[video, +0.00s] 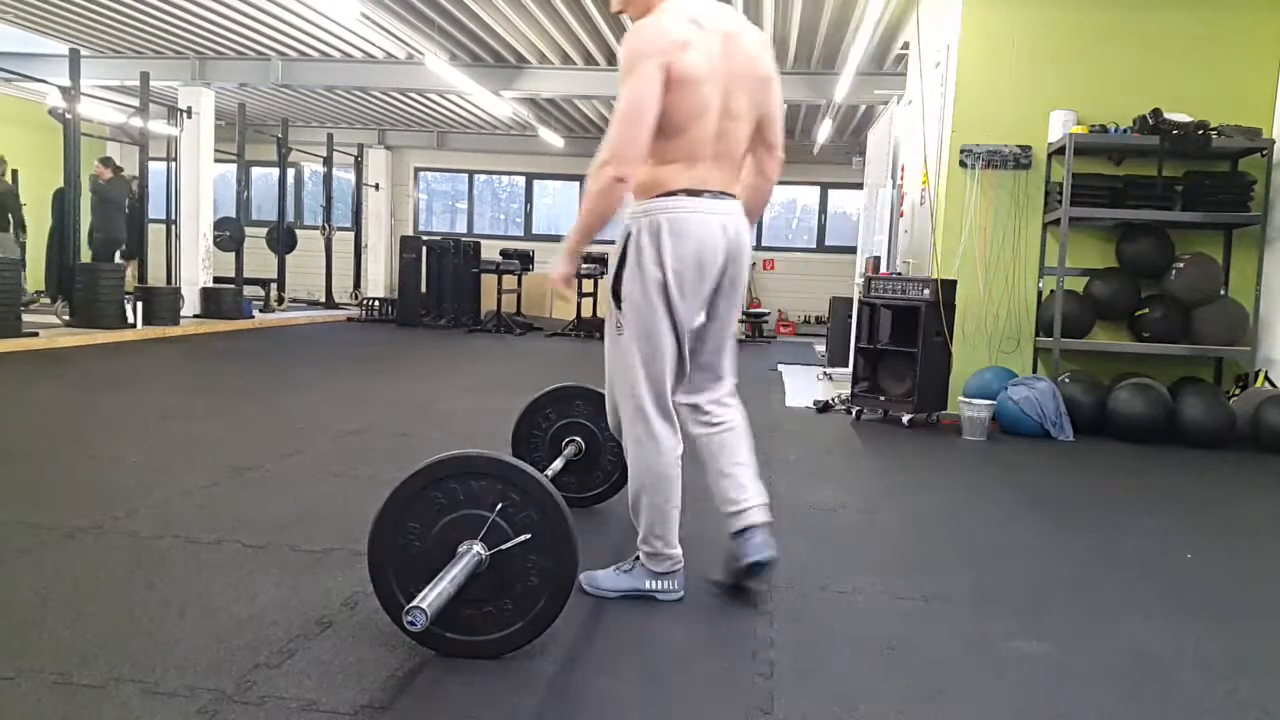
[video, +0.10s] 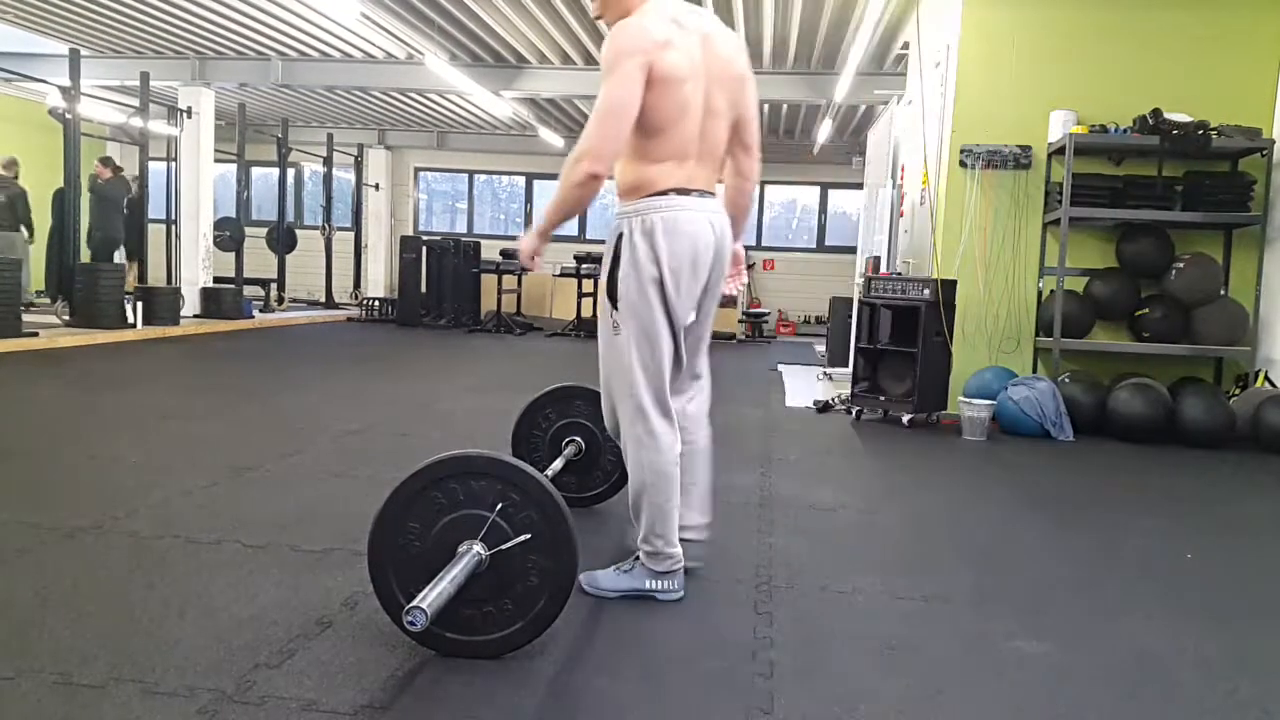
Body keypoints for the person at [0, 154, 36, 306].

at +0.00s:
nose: (5, 170)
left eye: (4, 166)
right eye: (4, 166)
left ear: (3, 168)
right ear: (4, 169)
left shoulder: (7, 188)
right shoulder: (7, 188)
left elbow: (15, 212)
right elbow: (16, 212)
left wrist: (21, 229)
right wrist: (22, 229)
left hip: (6, 232)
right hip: (4, 232)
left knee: (14, 259)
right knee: (14, 259)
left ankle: (22, 292)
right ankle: (21, 292)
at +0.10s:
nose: (18, 172)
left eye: (17, 169)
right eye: (17, 169)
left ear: (2, 168)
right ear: (14, 170)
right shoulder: (16, 190)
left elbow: (24, 214)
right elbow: (24, 215)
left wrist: (30, 231)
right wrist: (31, 231)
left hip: (3, 232)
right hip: (11, 234)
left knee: (5, 269)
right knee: (22, 266)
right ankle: (24, 297)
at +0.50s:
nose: (49, 174)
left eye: (48, 171)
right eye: (48, 171)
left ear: (34, 170)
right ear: (46, 171)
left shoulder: (20, 186)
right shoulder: (49, 189)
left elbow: (13, 211)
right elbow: (53, 212)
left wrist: (15, 230)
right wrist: (52, 228)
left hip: (24, 228)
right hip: (40, 228)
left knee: (34, 262)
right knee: (36, 263)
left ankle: (41, 296)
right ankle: (26, 298)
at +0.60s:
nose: (54, 177)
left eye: (54, 174)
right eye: (54, 174)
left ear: (40, 173)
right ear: (52, 174)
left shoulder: (28, 191)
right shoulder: (53, 191)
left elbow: (20, 213)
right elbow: (58, 213)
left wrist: (18, 234)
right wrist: (59, 230)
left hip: (33, 230)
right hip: (48, 230)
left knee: (47, 263)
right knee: (44, 263)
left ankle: (54, 294)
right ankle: (28, 297)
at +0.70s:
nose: (59, 177)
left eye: (59, 174)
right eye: (59, 174)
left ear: (45, 174)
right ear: (57, 174)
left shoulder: (34, 193)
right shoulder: (60, 192)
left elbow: (29, 216)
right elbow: (67, 213)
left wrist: (26, 237)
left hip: (42, 232)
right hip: (58, 232)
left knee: (53, 260)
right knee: (55, 261)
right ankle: (40, 291)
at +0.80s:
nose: (63, 175)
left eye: (63, 172)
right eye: (63, 172)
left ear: (50, 172)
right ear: (61, 172)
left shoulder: (43, 188)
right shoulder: (66, 188)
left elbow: (36, 212)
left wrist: (34, 234)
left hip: (50, 229)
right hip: (66, 229)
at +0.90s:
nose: (65, 173)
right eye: (66, 169)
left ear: (56, 170)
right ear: (66, 170)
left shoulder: (47, 187)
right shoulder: (73, 186)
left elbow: (41, 210)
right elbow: (77, 209)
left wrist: (43, 230)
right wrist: (79, 227)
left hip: (55, 229)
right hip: (71, 229)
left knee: (54, 262)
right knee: (69, 261)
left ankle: (54, 295)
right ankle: (68, 295)